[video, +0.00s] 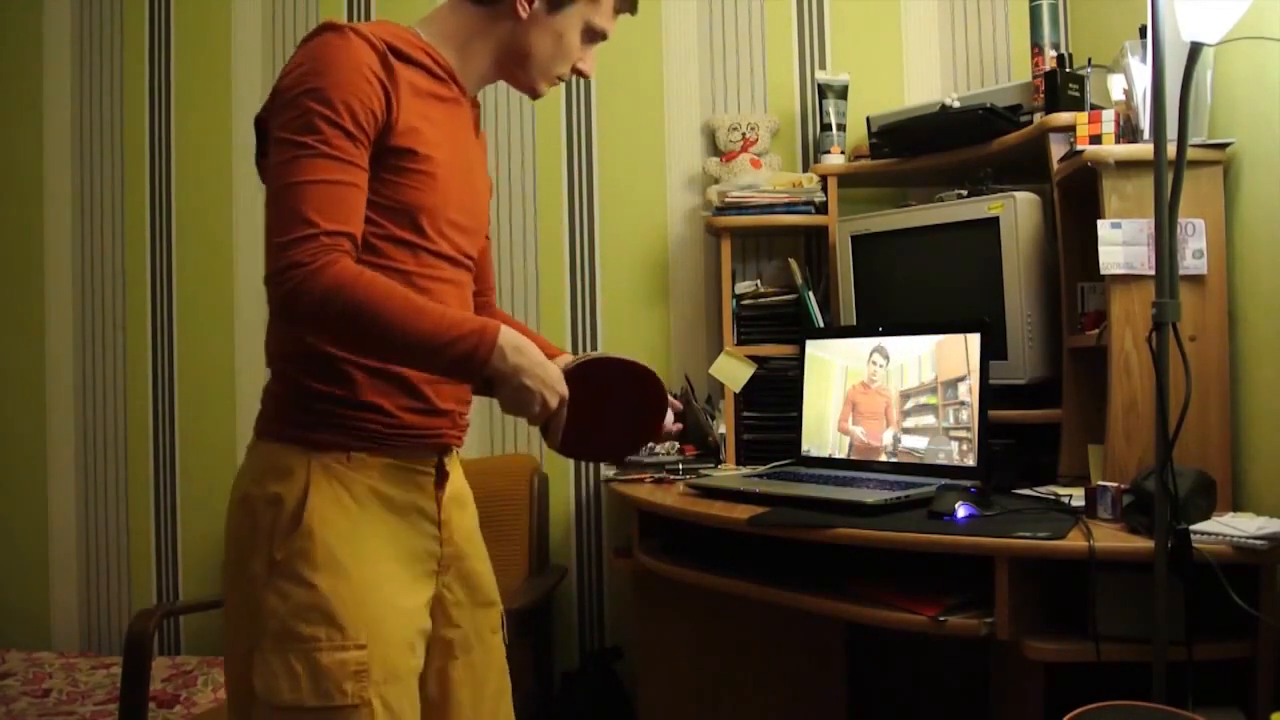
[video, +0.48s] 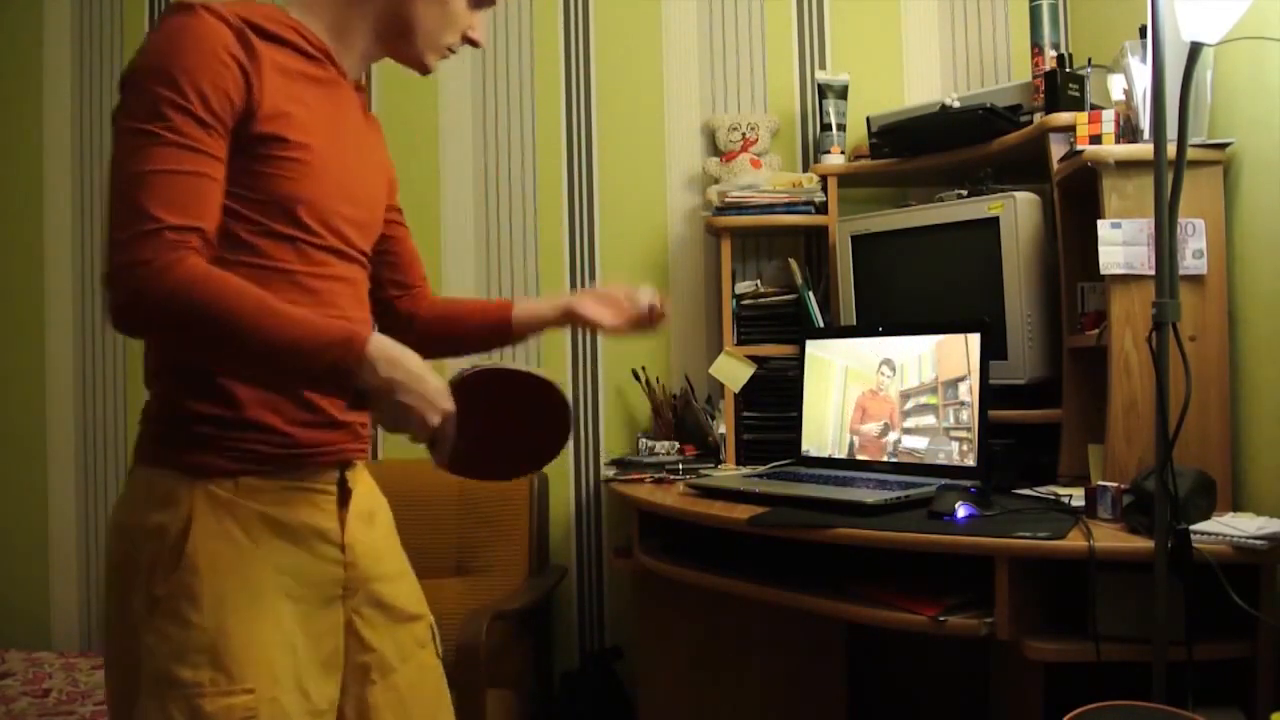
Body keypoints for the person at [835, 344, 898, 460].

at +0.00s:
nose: (876, 369)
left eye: (881, 366)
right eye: (873, 363)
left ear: (885, 369)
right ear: (867, 363)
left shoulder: (887, 394)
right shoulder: (854, 391)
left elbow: (893, 425)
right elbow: (842, 424)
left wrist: (888, 434)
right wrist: (853, 430)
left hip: (879, 452)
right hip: (858, 451)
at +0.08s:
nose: (876, 370)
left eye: (881, 367)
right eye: (874, 364)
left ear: (885, 370)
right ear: (867, 364)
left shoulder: (886, 395)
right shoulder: (854, 392)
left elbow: (893, 425)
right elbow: (842, 424)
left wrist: (888, 434)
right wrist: (853, 430)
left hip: (879, 451)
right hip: (858, 451)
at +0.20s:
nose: (878, 372)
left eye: (882, 369)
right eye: (875, 367)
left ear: (886, 372)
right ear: (869, 367)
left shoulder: (887, 396)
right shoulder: (857, 393)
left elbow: (893, 426)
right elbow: (844, 425)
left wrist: (889, 435)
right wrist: (858, 429)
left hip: (879, 450)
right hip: (859, 449)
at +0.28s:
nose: (879, 374)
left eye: (883, 371)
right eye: (877, 369)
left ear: (887, 374)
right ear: (871, 369)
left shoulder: (888, 398)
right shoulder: (858, 396)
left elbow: (894, 426)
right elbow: (845, 426)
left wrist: (889, 436)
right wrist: (862, 429)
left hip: (880, 452)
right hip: (860, 451)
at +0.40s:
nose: (882, 378)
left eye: (887, 375)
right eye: (880, 373)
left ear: (890, 378)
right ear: (875, 372)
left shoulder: (890, 402)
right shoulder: (862, 398)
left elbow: (896, 429)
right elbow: (851, 428)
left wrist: (890, 437)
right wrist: (866, 430)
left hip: (882, 454)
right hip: (863, 452)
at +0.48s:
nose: (883, 380)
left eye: (888, 377)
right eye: (882, 374)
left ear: (892, 379)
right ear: (876, 373)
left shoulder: (891, 402)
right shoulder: (863, 399)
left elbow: (896, 429)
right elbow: (853, 428)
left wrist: (890, 437)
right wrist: (868, 429)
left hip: (882, 453)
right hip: (864, 452)